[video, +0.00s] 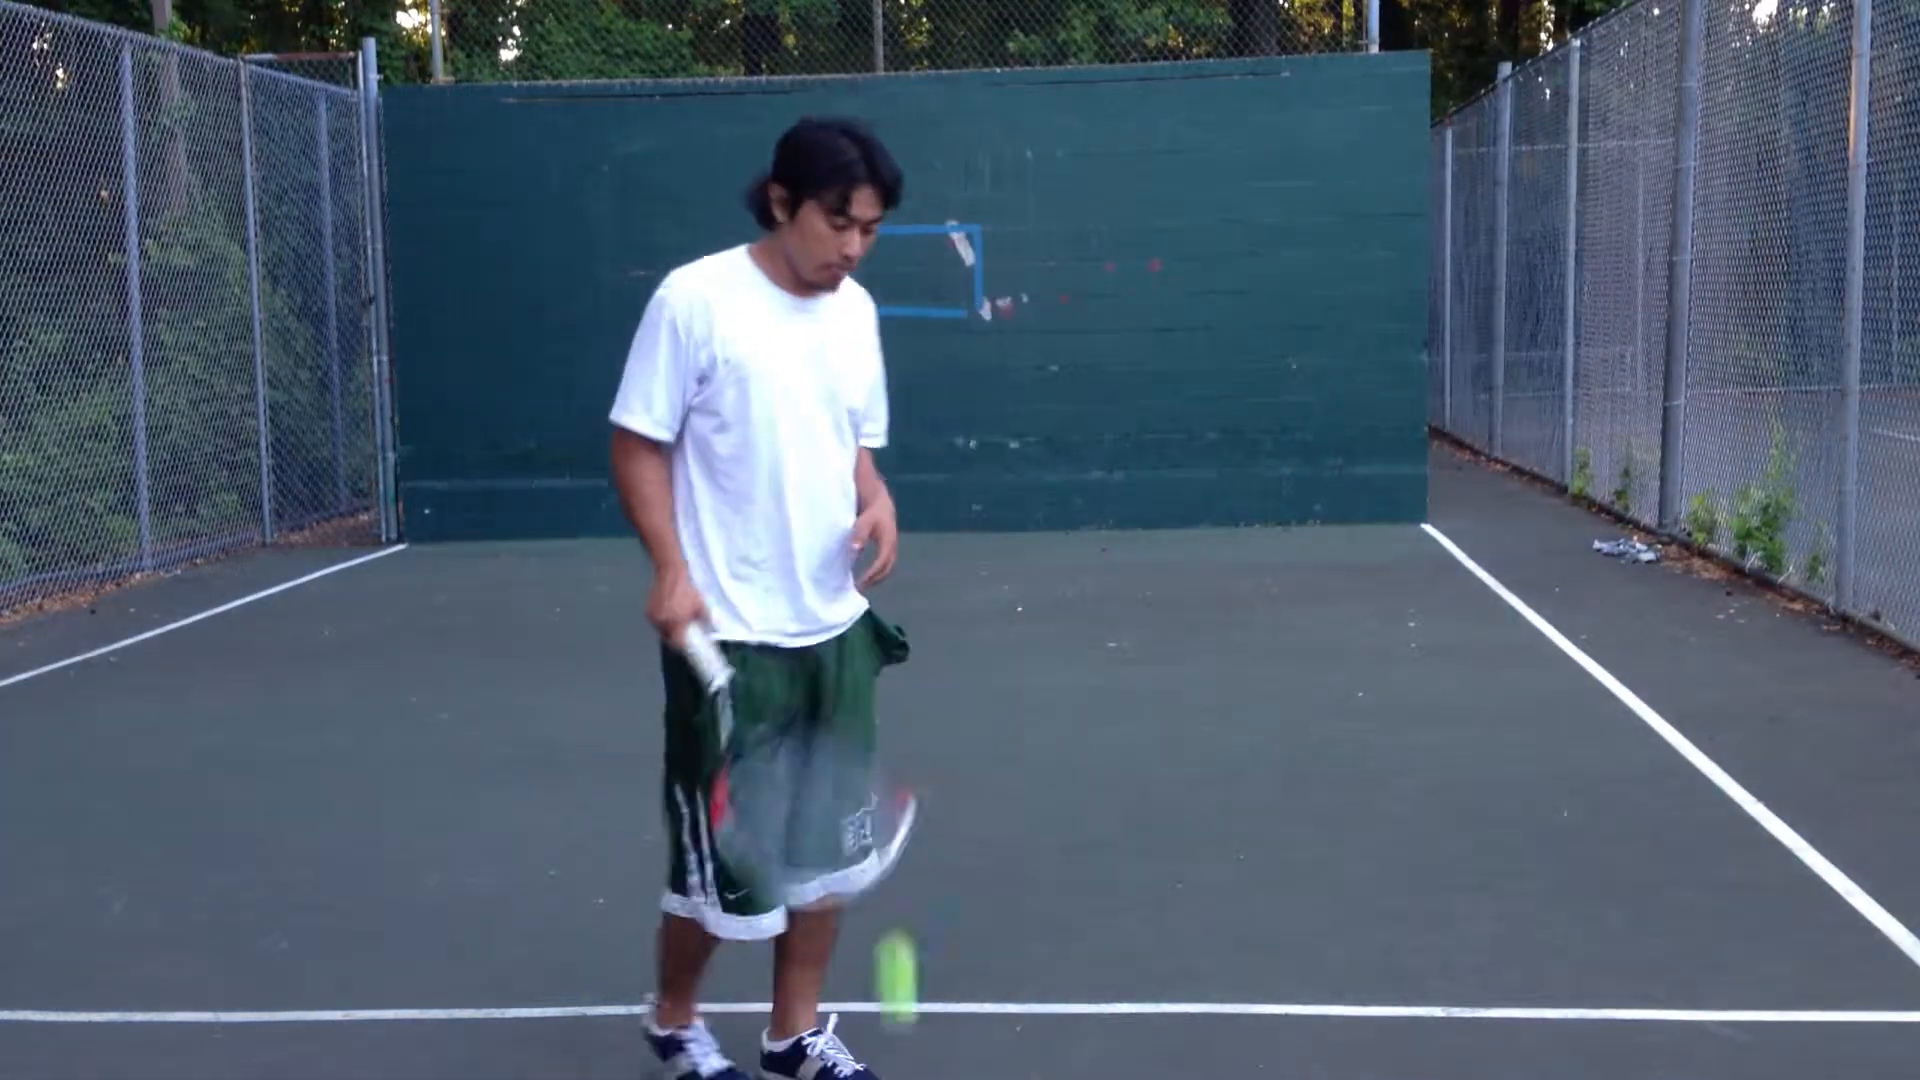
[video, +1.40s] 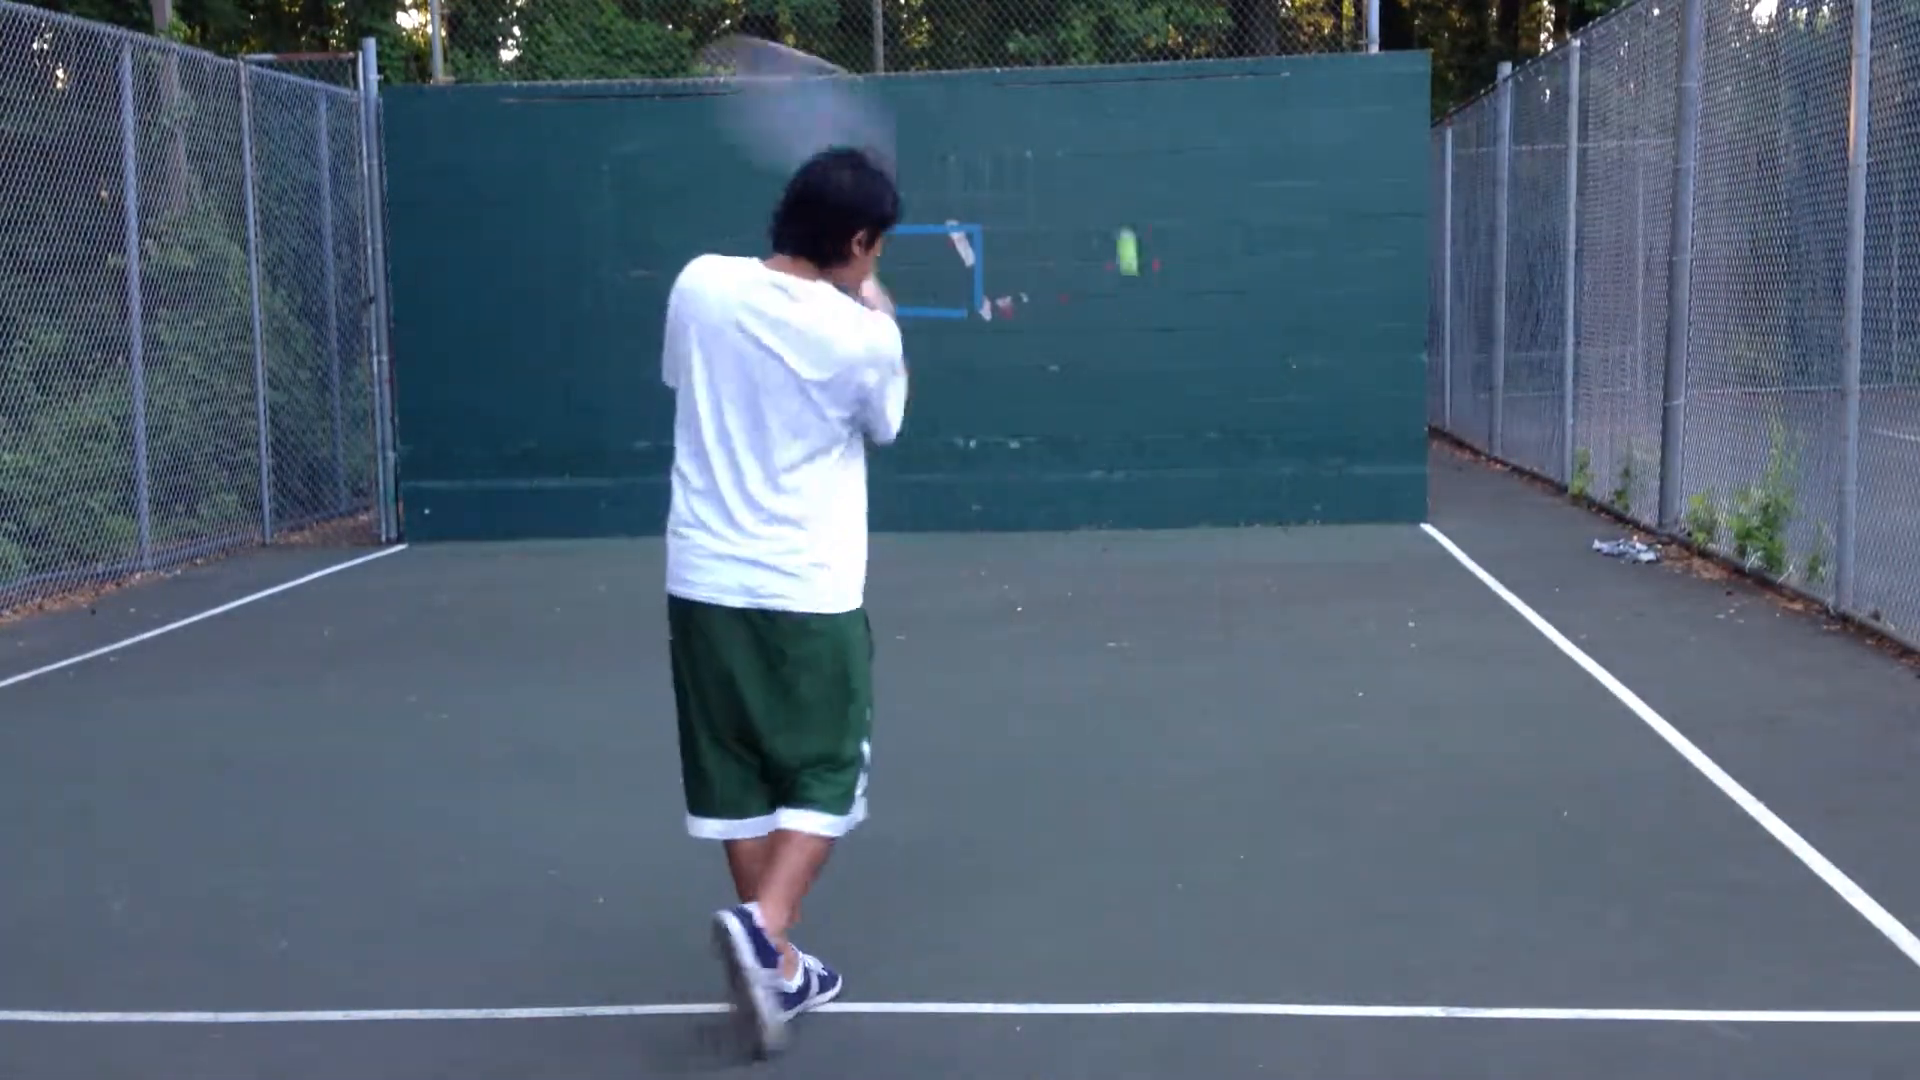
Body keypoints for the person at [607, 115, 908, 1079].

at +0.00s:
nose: (854, 249)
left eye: (869, 229)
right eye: (840, 224)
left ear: (877, 223)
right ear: (782, 206)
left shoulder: (853, 308)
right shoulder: (692, 299)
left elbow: (849, 439)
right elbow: (636, 444)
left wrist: (877, 496)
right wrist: (670, 568)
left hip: (835, 628)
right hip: (727, 635)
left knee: (828, 850)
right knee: (721, 856)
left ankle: (795, 1037)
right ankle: (673, 1025)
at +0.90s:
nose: (871, 277)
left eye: (875, 261)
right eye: (871, 260)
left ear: (811, 246)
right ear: (834, 254)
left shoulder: (780, 323)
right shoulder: (749, 330)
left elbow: (838, 408)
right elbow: (681, 453)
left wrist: (945, 425)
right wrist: (680, 555)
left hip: (725, 613)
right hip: (697, 618)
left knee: (721, 810)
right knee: (691, 828)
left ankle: (773, 976)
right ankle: (655, 1032)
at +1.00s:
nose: (876, 276)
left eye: (880, 260)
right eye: (875, 259)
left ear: (808, 242)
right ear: (838, 252)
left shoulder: (735, 291)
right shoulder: (779, 344)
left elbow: (796, 376)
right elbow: (748, 487)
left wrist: (904, 364)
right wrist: (767, 605)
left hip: (673, 591)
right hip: (728, 607)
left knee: (721, 803)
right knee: (734, 820)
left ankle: (776, 976)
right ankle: (660, 1017)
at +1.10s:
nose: (874, 271)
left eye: (877, 255)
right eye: (871, 256)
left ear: (792, 242)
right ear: (836, 252)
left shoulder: (712, 278)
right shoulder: (812, 362)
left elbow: (779, 324)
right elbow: (823, 521)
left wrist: (871, 323)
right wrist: (883, 629)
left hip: (669, 587)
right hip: (754, 606)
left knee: (729, 796)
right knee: (771, 802)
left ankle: (774, 976)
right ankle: (680, 971)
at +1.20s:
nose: (878, 278)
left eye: (882, 261)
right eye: (876, 259)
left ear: (788, 235)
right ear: (836, 248)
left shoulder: (698, 280)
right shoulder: (833, 358)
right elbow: (867, 496)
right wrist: (947, 549)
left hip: (679, 589)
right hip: (777, 601)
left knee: (718, 795)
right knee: (796, 793)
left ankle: (776, 975)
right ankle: (709, 949)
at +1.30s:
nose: (875, 270)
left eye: (879, 254)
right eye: (876, 253)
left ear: (785, 227)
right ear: (848, 246)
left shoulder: (696, 282)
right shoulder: (853, 350)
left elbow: (704, 382)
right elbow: (866, 449)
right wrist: (909, 421)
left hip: (689, 589)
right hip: (792, 599)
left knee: (733, 789)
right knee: (814, 786)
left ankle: (778, 973)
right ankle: (739, 934)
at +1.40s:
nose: (877, 250)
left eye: (878, 236)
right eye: (877, 238)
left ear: (790, 217)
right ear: (857, 242)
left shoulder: (701, 284)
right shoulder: (865, 333)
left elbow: (679, 377)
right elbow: (882, 422)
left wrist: (800, 295)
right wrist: (867, 313)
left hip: (704, 581)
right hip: (812, 591)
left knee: (736, 780)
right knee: (829, 773)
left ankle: (787, 968)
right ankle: (762, 924)